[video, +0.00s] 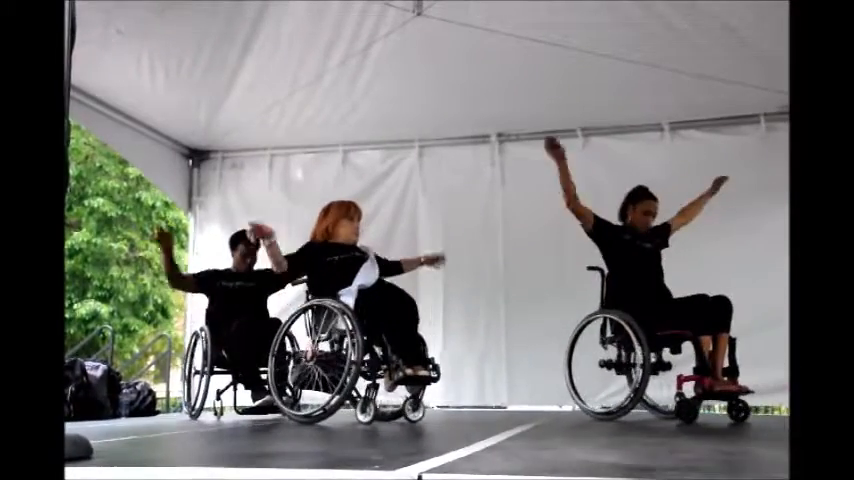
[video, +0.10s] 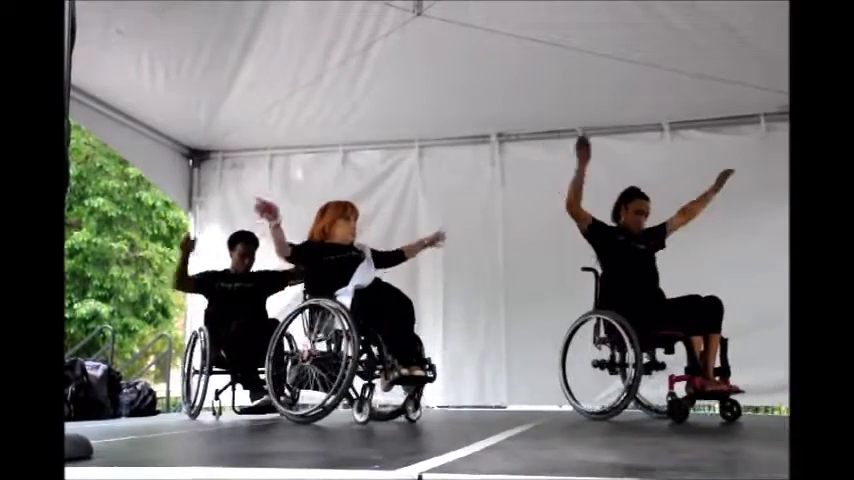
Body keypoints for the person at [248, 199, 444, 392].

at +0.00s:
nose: (358, 226)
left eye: (358, 221)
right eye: (353, 220)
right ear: (335, 222)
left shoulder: (362, 255)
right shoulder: (316, 250)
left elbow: (391, 267)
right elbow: (284, 269)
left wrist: (422, 261)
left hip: (363, 309)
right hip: (332, 313)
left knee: (404, 303)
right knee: (387, 307)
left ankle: (414, 361)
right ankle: (401, 363)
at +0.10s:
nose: (353, 225)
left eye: (354, 220)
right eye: (347, 219)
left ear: (355, 225)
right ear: (329, 223)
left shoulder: (362, 253)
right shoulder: (314, 250)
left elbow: (394, 257)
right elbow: (285, 253)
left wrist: (425, 243)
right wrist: (274, 223)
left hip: (359, 311)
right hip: (330, 314)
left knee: (401, 305)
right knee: (383, 309)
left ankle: (410, 362)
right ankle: (401, 363)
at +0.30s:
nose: (346, 227)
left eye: (346, 223)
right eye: (340, 222)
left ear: (346, 226)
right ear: (323, 225)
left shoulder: (354, 255)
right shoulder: (309, 253)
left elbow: (395, 255)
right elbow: (298, 250)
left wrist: (435, 236)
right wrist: (303, 226)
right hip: (325, 312)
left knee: (394, 307)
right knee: (375, 314)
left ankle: (402, 362)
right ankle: (393, 364)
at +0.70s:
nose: (340, 228)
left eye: (341, 223)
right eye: (333, 222)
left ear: (343, 227)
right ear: (318, 225)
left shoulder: (342, 255)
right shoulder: (300, 254)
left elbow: (356, 283)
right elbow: (300, 288)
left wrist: (389, 305)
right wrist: (315, 311)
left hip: (358, 295)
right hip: (333, 302)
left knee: (386, 309)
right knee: (370, 316)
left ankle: (389, 365)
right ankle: (385, 366)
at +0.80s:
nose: (340, 230)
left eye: (341, 225)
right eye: (334, 224)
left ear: (342, 228)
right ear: (318, 226)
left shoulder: (340, 256)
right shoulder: (299, 255)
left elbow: (351, 284)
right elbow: (299, 293)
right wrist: (316, 322)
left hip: (356, 296)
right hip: (331, 304)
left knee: (385, 310)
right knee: (369, 317)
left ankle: (389, 365)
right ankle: (384, 366)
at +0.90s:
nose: (338, 232)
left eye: (339, 227)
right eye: (333, 226)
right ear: (317, 228)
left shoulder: (337, 256)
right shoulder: (298, 256)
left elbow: (347, 285)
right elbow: (300, 295)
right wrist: (320, 323)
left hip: (352, 299)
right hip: (327, 305)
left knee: (383, 310)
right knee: (368, 316)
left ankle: (388, 365)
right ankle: (384, 366)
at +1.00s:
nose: (336, 231)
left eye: (337, 227)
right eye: (331, 226)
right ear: (315, 228)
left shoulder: (337, 257)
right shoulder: (296, 257)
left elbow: (348, 285)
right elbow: (298, 296)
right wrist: (320, 322)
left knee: (383, 309)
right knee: (368, 315)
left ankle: (387, 365)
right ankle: (384, 366)